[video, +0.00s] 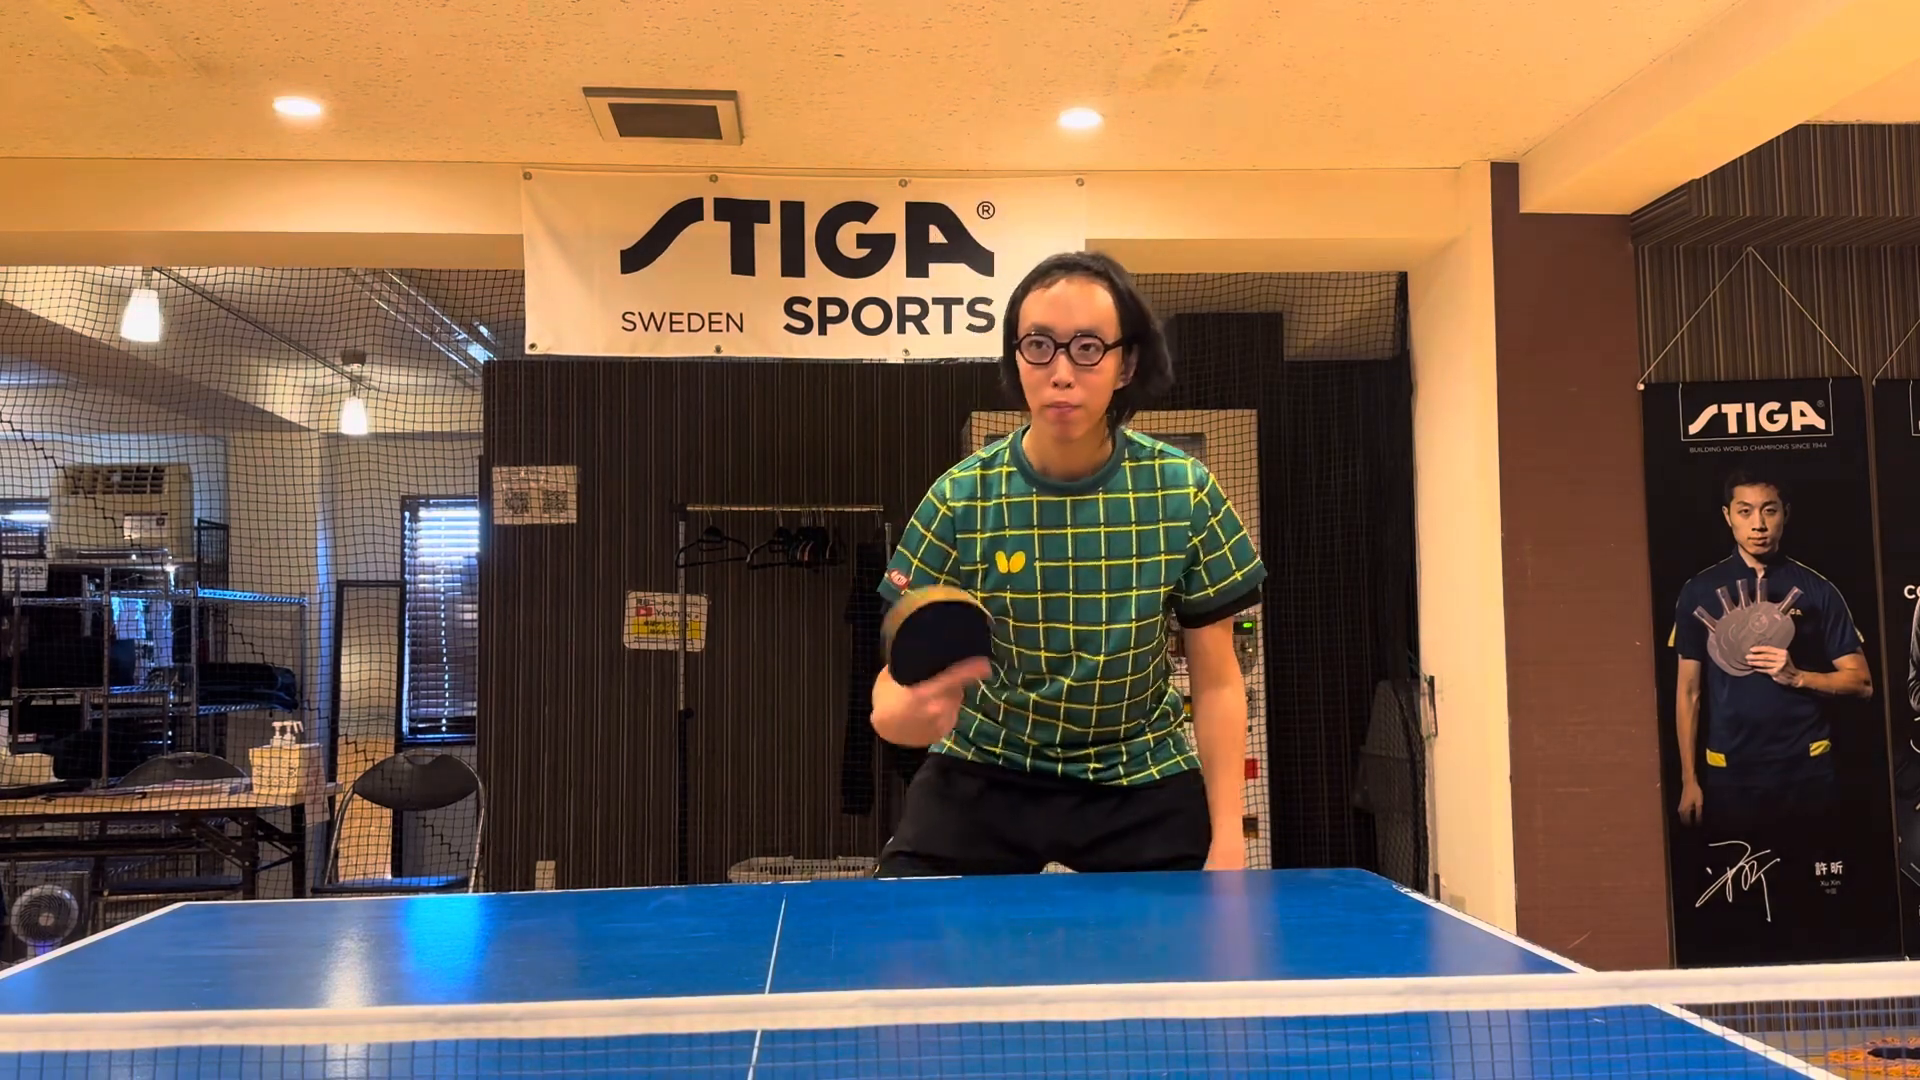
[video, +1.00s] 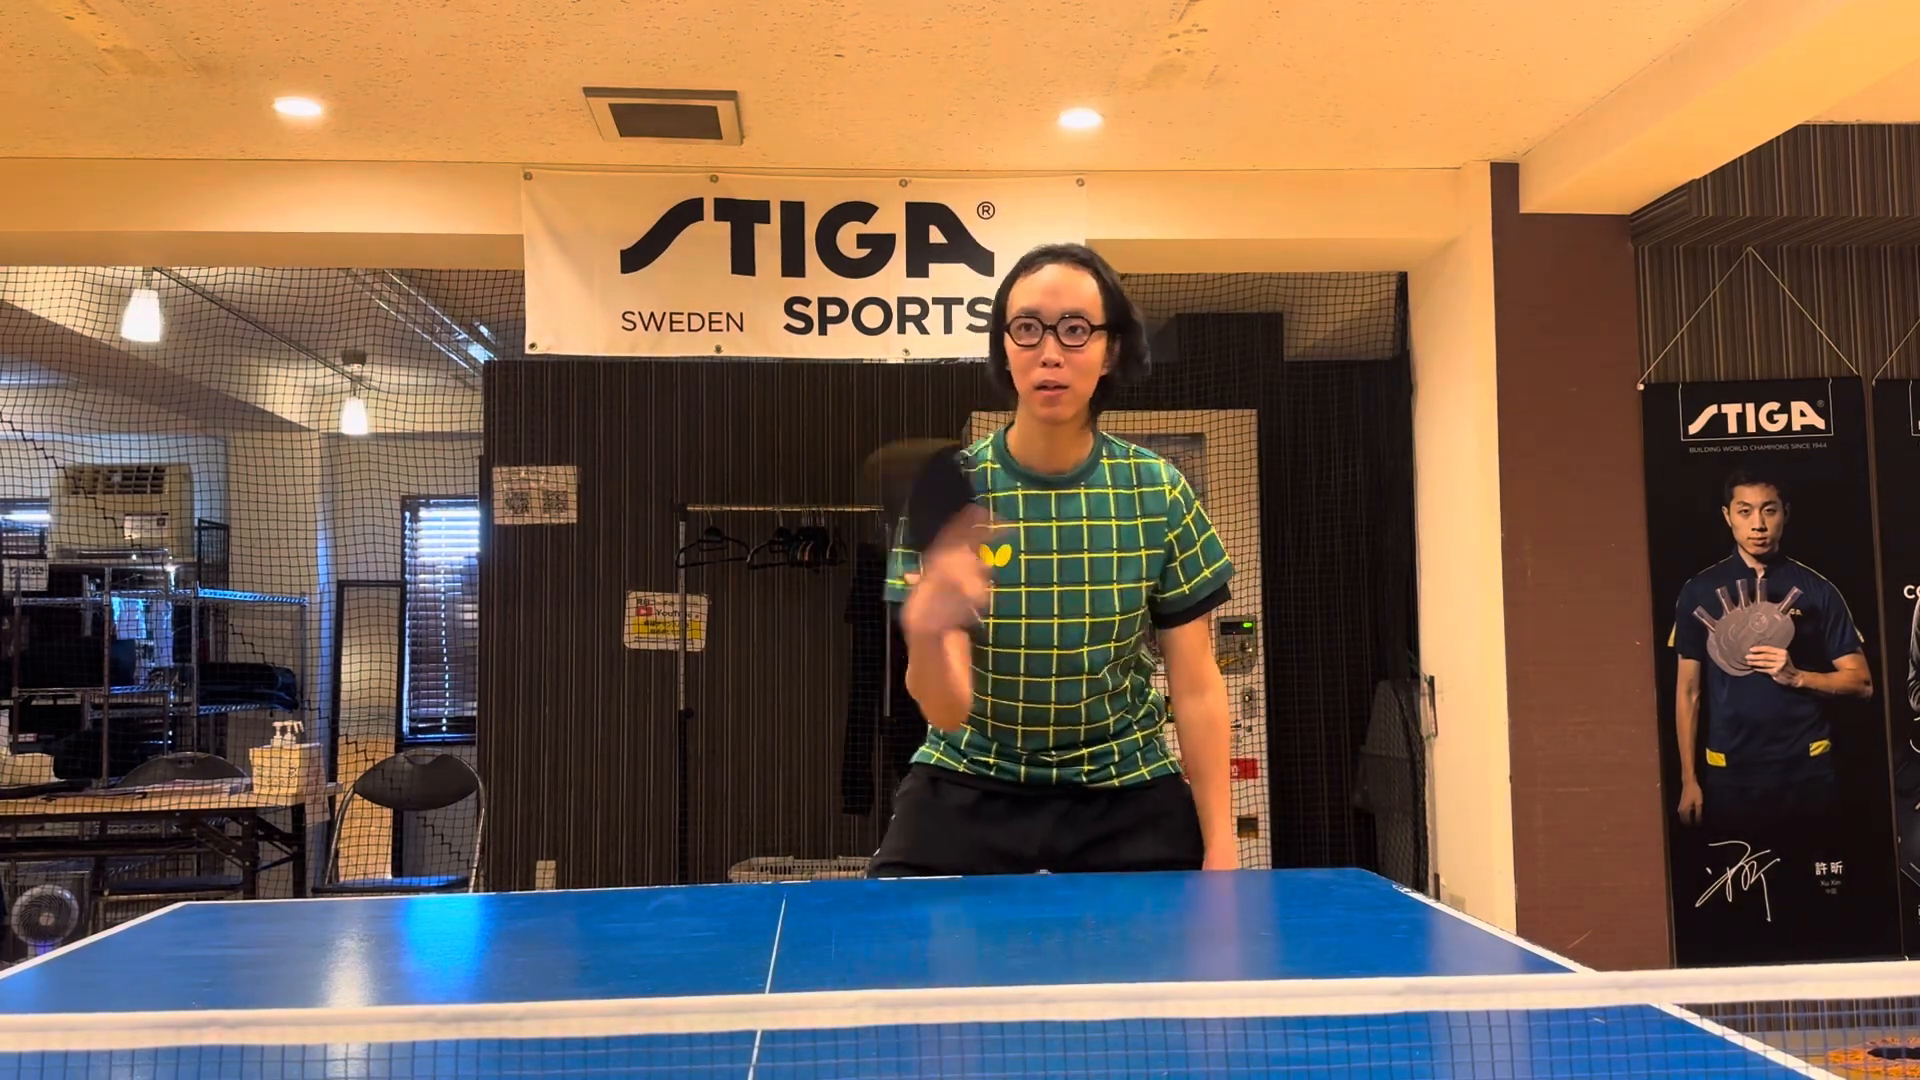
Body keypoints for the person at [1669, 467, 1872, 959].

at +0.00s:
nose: (1758, 523)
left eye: (1768, 510)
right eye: (1745, 511)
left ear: (1784, 516)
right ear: (1728, 517)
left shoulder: (1817, 592)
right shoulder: (1700, 594)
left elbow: (1860, 681)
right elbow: (1688, 691)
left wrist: (1798, 676)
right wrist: (1689, 778)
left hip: (1806, 773)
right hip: (1728, 776)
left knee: (1812, 905)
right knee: (1732, 908)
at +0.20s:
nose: (1758, 524)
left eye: (1769, 510)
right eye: (1745, 512)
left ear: (1785, 516)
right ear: (1728, 518)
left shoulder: (1817, 591)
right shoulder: (1700, 593)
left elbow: (1861, 682)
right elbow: (1688, 692)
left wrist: (1797, 676)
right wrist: (1689, 779)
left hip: (1806, 772)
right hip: (1731, 776)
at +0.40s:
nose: (1758, 523)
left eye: (1768, 511)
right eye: (1745, 511)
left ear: (1784, 517)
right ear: (1728, 517)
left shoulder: (1816, 592)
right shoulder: (1700, 594)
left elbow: (1860, 681)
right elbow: (1688, 692)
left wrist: (1798, 676)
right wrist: (1689, 778)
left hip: (1805, 772)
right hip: (1728, 775)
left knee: (1812, 904)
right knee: (1732, 908)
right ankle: (1738, 1018)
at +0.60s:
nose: (1758, 523)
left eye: (1768, 510)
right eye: (1745, 511)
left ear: (1784, 516)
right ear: (1728, 517)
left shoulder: (1816, 591)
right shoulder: (1699, 594)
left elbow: (1860, 681)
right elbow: (1688, 692)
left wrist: (1798, 676)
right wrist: (1689, 778)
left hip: (1805, 773)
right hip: (1728, 776)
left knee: (1812, 903)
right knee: (1732, 907)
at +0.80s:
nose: (1757, 523)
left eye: (1768, 510)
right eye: (1745, 511)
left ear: (1784, 516)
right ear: (1728, 517)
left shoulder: (1817, 591)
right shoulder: (1700, 594)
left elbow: (1860, 681)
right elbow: (1688, 692)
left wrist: (1797, 676)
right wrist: (1688, 778)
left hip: (1806, 771)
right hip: (1728, 774)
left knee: (1813, 902)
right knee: (1732, 906)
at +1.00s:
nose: (1758, 523)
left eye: (1768, 510)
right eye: (1745, 511)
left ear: (1784, 516)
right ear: (1728, 517)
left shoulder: (1816, 591)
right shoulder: (1700, 594)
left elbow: (1860, 681)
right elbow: (1688, 692)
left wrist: (1798, 676)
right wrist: (1688, 778)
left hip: (1806, 771)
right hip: (1729, 775)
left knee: (1812, 902)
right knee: (1732, 906)